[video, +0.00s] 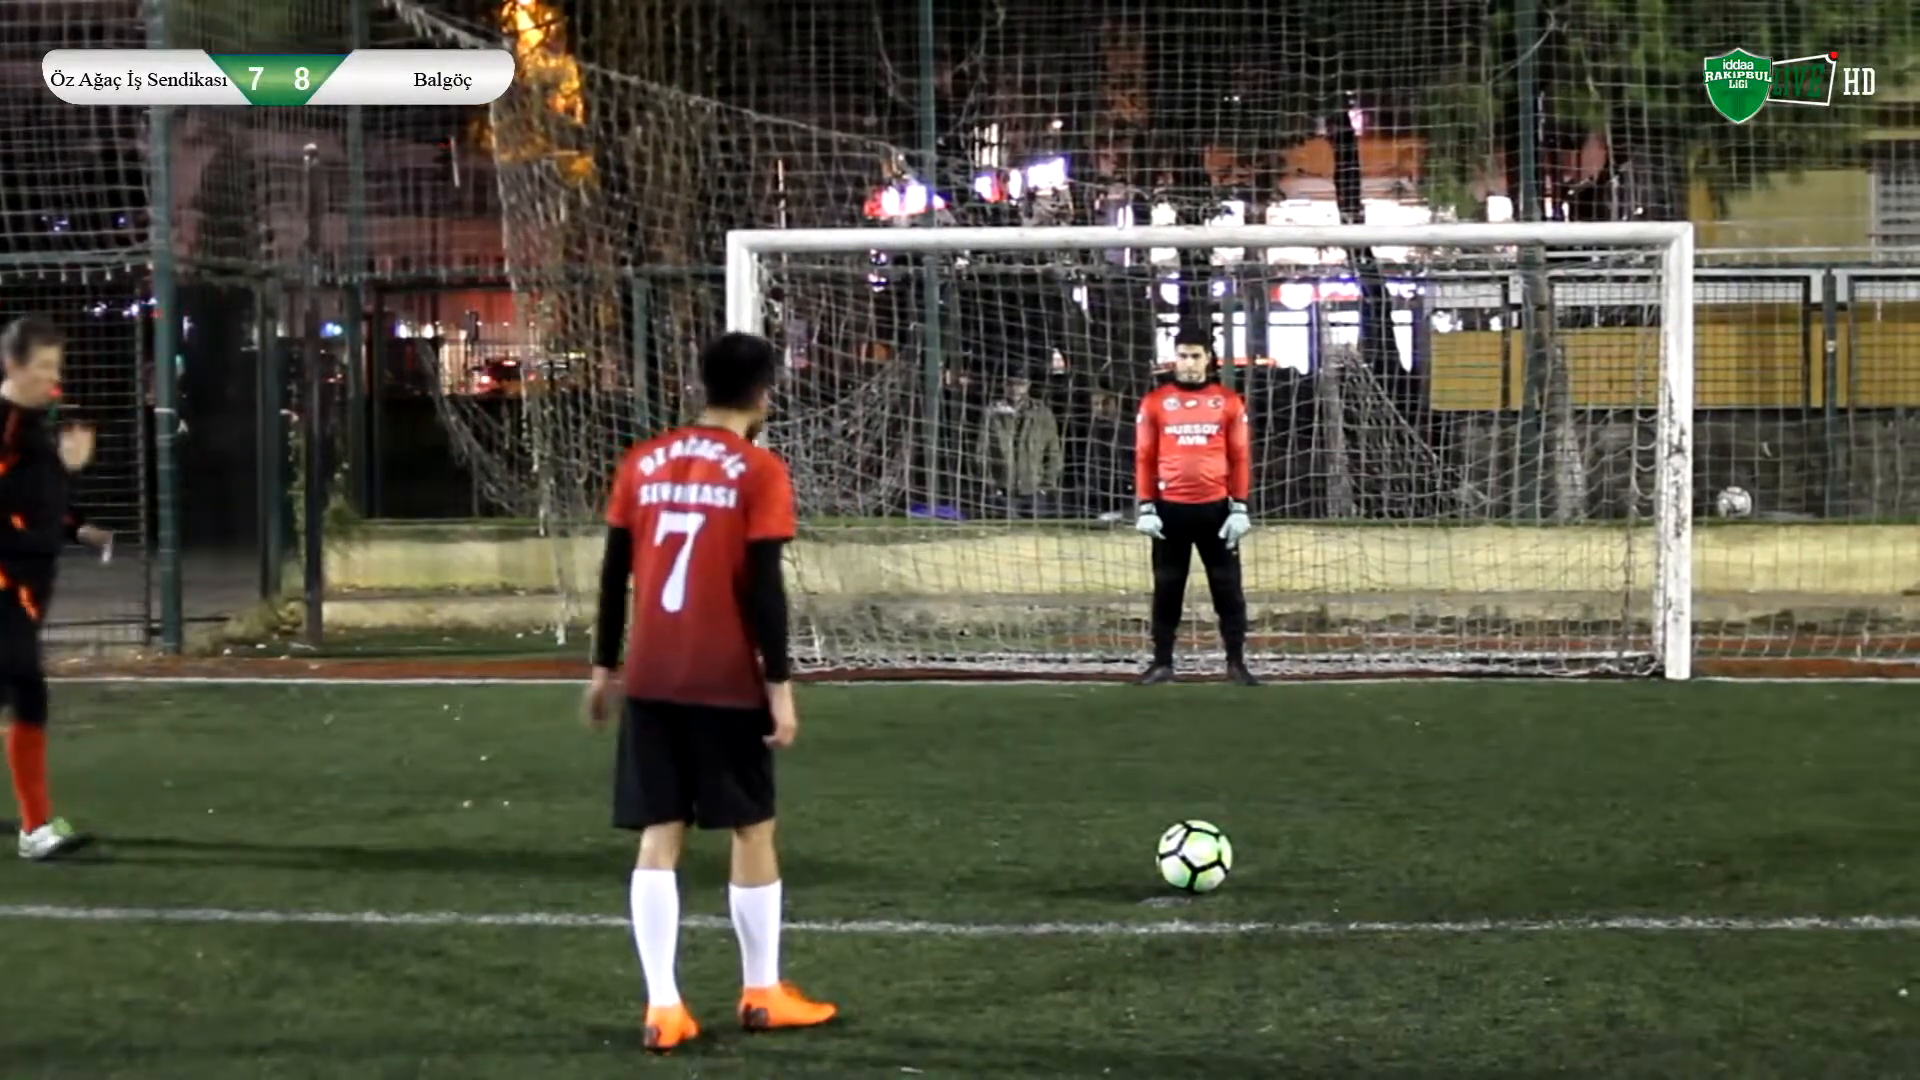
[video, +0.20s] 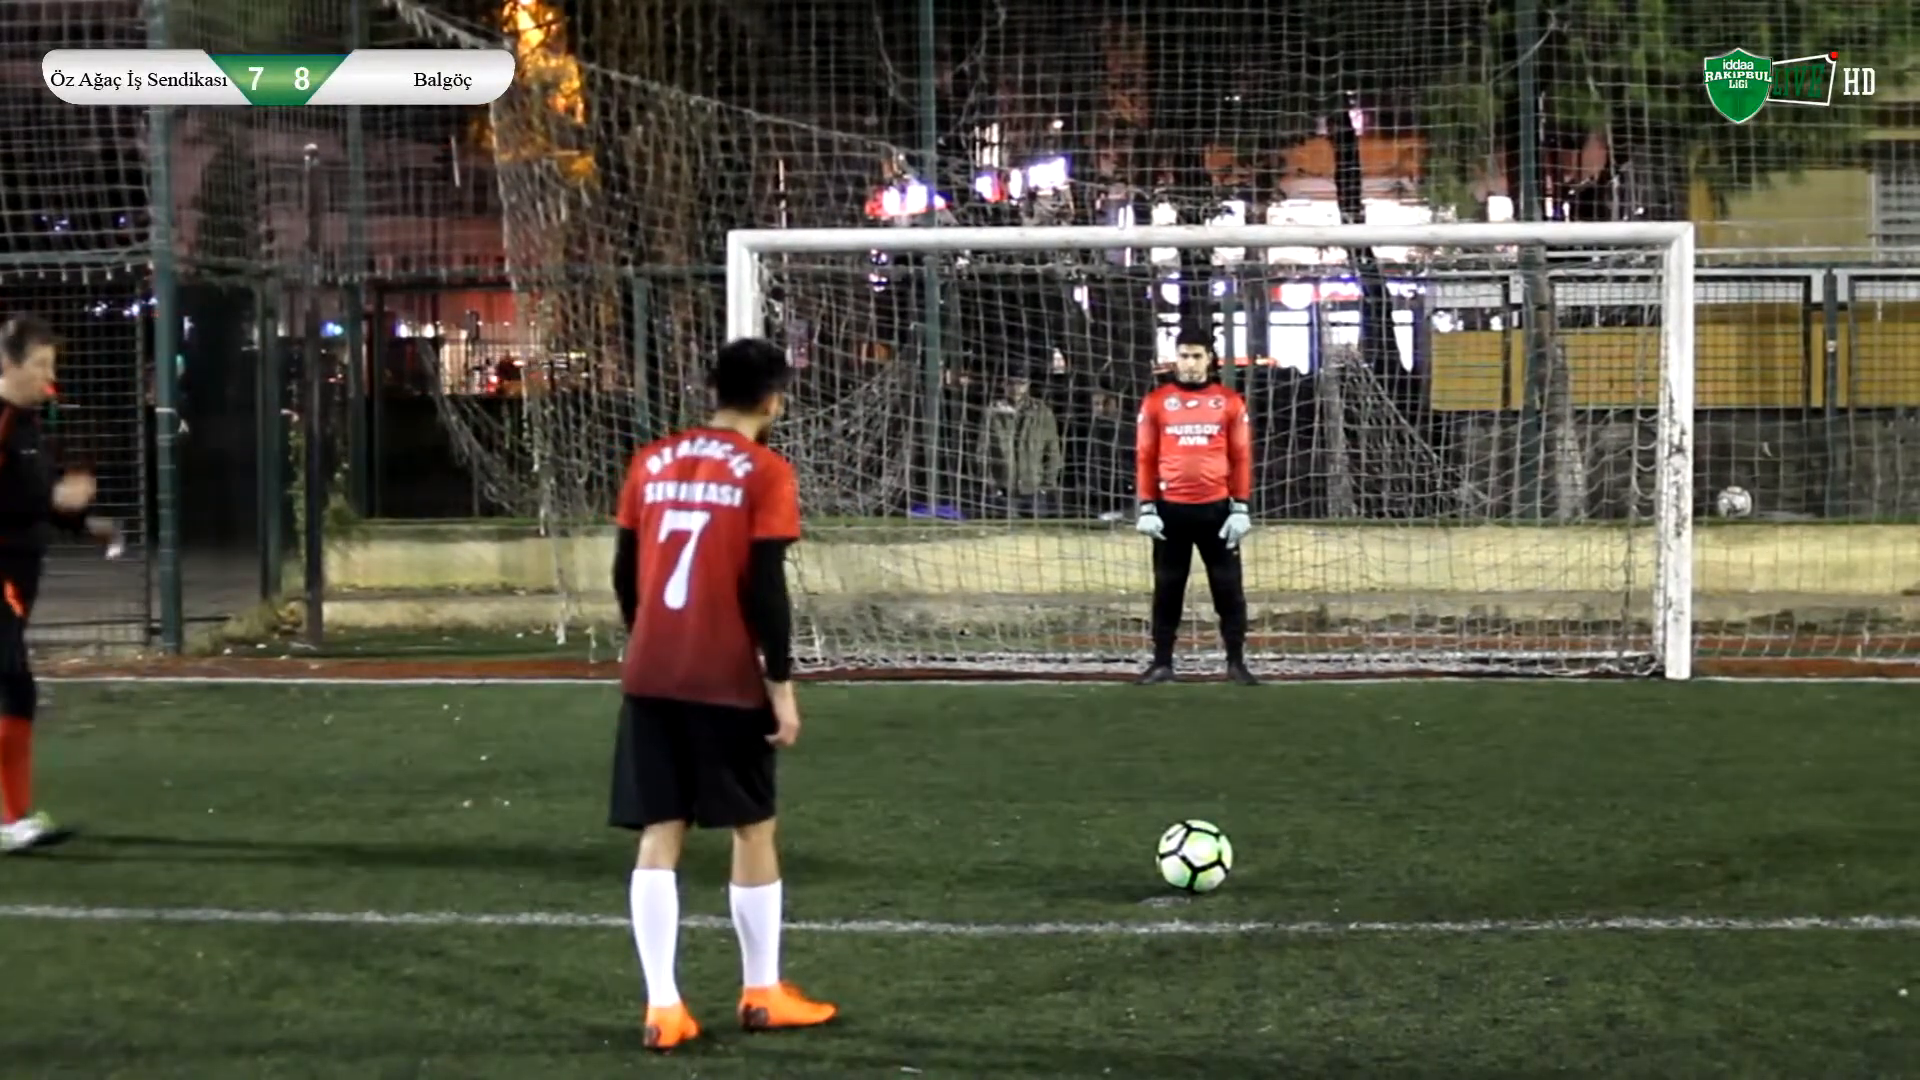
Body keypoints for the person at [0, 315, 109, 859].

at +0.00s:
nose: (55, 380)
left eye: (57, 369)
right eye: (46, 368)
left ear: (48, 369)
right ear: (14, 367)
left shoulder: (34, 425)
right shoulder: (9, 426)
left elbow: (40, 503)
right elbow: (14, 514)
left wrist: (80, 531)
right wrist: (61, 469)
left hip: (29, 579)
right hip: (8, 583)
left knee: (23, 691)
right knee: (26, 690)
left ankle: (37, 821)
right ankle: (35, 822)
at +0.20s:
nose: (52, 377)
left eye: (54, 365)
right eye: (44, 365)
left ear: (23, 367)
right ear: (13, 365)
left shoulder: (26, 422)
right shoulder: (9, 423)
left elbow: (31, 503)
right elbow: (11, 508)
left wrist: (79, 522)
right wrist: (55, 499)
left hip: (17, 581)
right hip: (4, 583)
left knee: (15, 692)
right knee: (16, 692)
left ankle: (15, 813)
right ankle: (12, 814)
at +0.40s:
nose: (44, 376)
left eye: (45, 364)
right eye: (38, 363)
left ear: (20, 363)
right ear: (6, 361)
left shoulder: (18, 419)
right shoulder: (3, 421)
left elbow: (46, 478)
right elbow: (0, 505)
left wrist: (114, 482)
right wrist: (36, 524)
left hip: (12, 585)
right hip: (1, 588)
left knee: (9, 693)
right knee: (7, 694)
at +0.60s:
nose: (42, 372)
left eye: (42, 361)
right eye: (36, 360)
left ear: (18, 361)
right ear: (6, 360)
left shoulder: (19, 417)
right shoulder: (3, 421)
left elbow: (59, 448)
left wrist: (129, 433)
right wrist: (26, 545)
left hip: (13, 591)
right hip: (4, 595)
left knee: (1, 695)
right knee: (0, 698)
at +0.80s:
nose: (39, 365)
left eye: (40, 353)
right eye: (33, 352)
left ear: (11, 357)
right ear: (6, 355)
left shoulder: (13, 414)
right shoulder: (2, 416)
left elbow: (56, 443)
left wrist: (119, 428)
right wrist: (12, 557)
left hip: (6, 575)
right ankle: (0, 816)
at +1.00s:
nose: (37, 368)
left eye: (37, 356)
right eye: (31, 355)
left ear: (15, 356)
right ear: (5, 355)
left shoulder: (12, 416)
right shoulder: (4, 420)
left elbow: (32, 465)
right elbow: (6, 486)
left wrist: (99, 468)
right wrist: (6, 561)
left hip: (8, 575)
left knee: (3, 666)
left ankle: (2, 818)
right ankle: (1, 819)